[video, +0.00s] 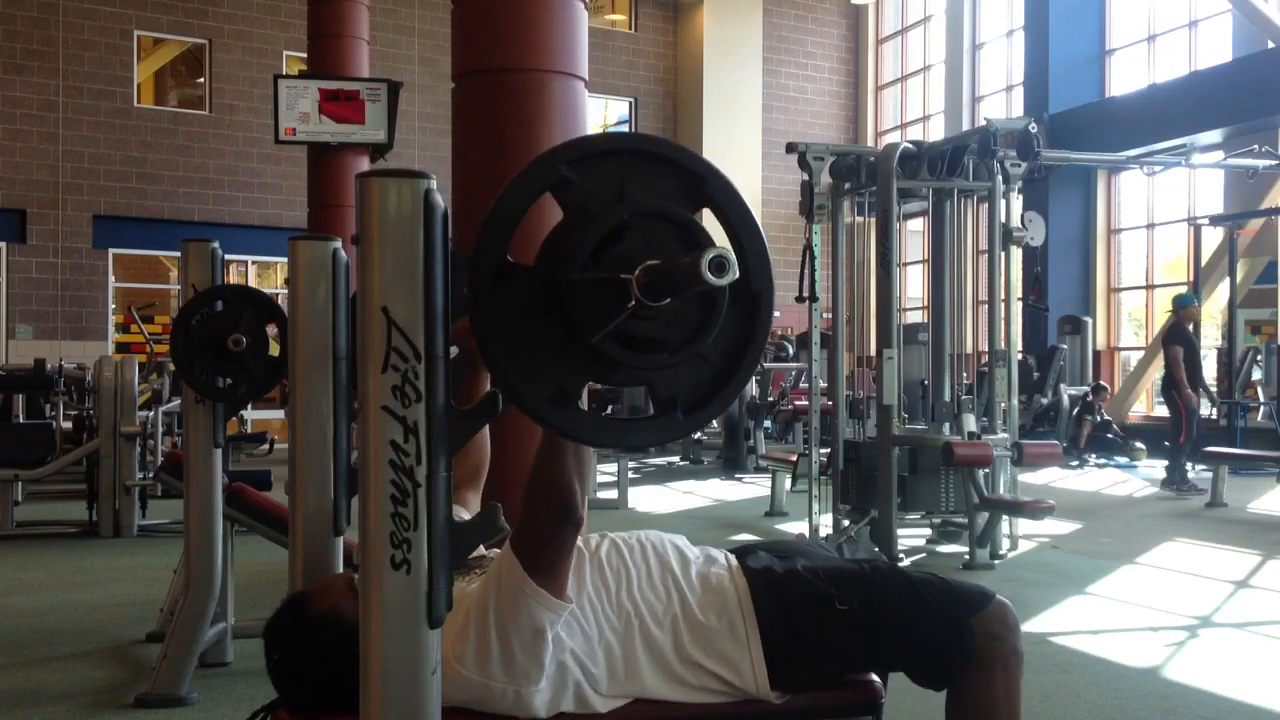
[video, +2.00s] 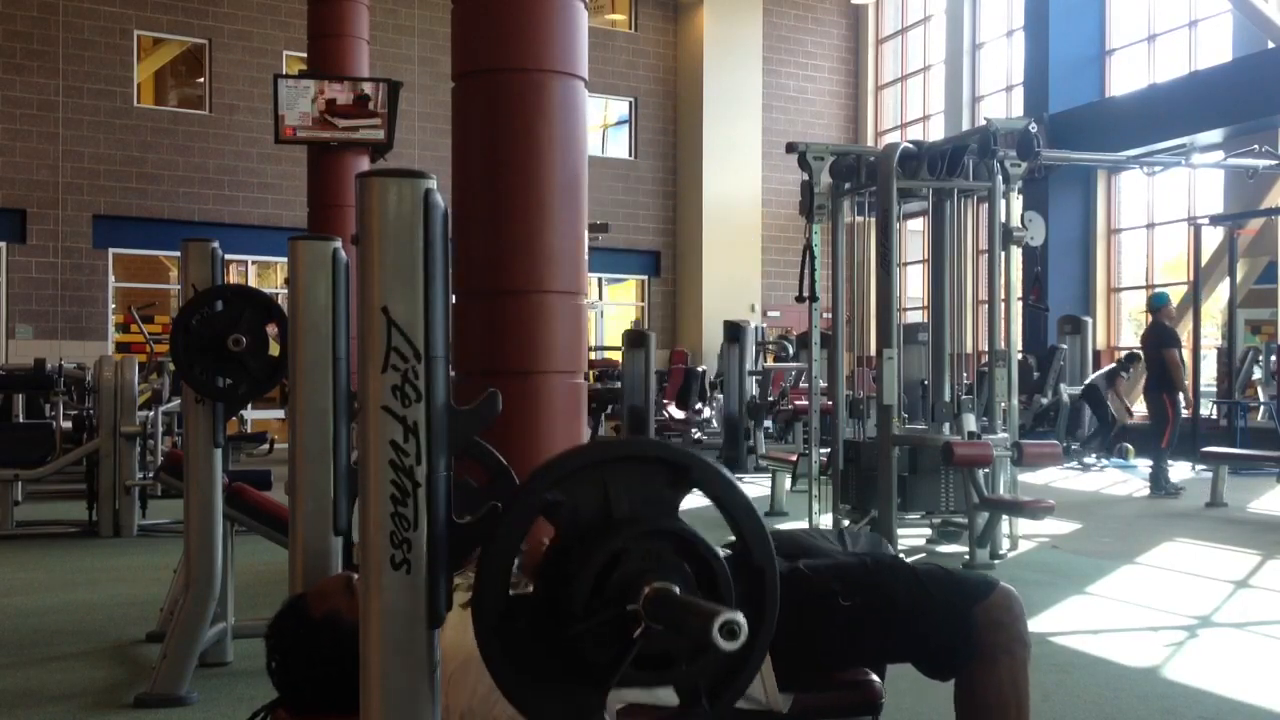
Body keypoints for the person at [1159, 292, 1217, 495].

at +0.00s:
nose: (1199, 310)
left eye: (1198, 307)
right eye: (1195, 307)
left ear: (1187, 311)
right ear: (1183, 310)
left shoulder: (1186, 332)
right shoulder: (1175, 331)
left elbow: (1194, 368)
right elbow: (1176, 365)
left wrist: (1208, 392)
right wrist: (1185, 392)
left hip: (1187, 387)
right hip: (1177, 387)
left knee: (1185, 433)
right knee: (1184, 433)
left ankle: (1173, 476)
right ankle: (1179, 478)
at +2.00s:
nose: (1174, 309)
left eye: (1172, 305)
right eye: (1170, 306)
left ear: (1155, 310)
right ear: (1163, 309)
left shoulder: (1149, 332)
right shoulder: (1166, 331)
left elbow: (1150, 364)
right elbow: (1174, 363)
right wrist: (1185, 392)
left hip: (1152, 388)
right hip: (1164, 389)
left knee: (1162, 432)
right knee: (1167, 431)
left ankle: (1162, 479)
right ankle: (1159, 482)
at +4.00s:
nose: (1191, 296)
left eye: (1188, 293)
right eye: (1188, 293)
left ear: (1171, 301)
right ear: (1182, 298)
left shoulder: (1165, 322)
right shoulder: (1192, 320)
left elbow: (1156, 348)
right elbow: (1210, 346)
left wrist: (1154, 369)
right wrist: (1228, 367)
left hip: (1172, 380)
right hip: (1191, 381)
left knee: (1176, 424)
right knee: (1195, 427)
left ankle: (1167, 473)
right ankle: (1189, 477)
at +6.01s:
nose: (1202, 315)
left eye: (1200, 311)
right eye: (1200, 312)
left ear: (1181, 317)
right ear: (1195, 315)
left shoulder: (1173, 341)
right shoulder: (1202, 340)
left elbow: (1175, 371)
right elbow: (1209, 371)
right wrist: (1221, 399)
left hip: (1177, 395)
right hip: (1195, 396)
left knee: (1193, 437)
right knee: (1209, 438)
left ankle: (1180, 480)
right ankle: (1188, 482)